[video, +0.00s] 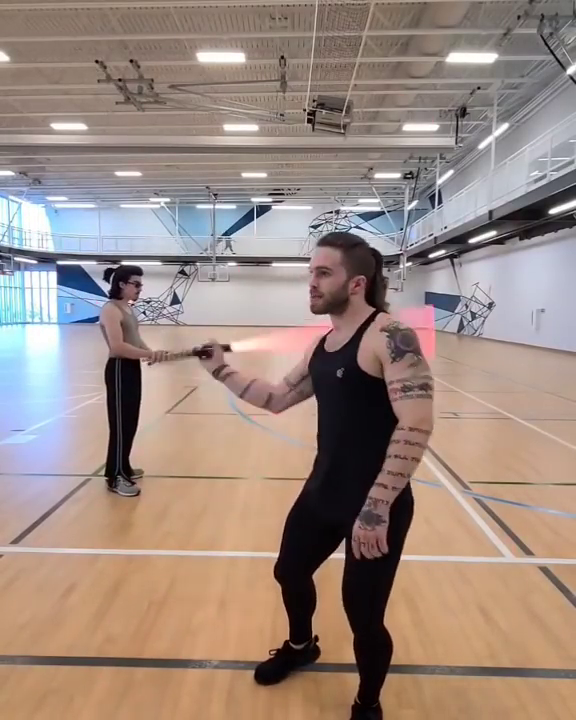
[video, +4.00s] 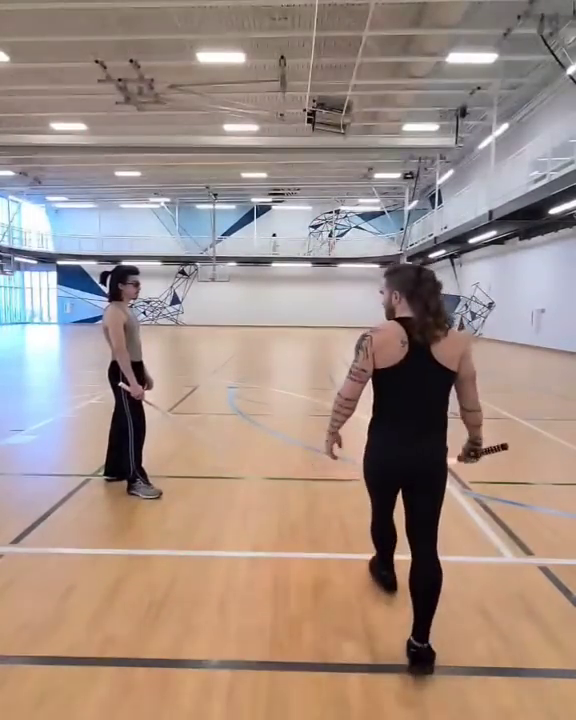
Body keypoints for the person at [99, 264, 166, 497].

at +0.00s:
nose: (139, 289)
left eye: (140, 285)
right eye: (135, 285)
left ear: (130, 287)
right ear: (121, 285)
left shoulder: (128, 309)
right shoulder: (111, 310)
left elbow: (134, 341)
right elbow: (116, 347)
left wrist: (152, 352)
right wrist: (148, 354)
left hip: (131, 366)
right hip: (120, 368)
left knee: (129, 422)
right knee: (121, 423)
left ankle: (123, 468)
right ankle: (114, 477)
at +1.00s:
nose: (141, 290)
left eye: (142, 286)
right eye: (137, 285)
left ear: (133, 288)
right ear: (124, 285)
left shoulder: (127, 310)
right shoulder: (113, 310)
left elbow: (134, 347)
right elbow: (107, 345)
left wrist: (144, 373)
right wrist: (115, 378)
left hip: (132, 367)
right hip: (121, 369)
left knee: (123, 421)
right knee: (130, 422)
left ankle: (115, 470)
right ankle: (131, 475)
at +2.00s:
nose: (144, 289)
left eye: (145, 285)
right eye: (140, 285)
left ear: (133, 287)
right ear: (126, 285)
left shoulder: (131, 309)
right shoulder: (117, 313)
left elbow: (135, 347)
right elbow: (120, 354)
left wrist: (147, 372)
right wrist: (130, 387)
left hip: (134, 370)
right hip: (125, 373)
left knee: (125, 424)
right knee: (136, 426)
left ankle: (116, 469)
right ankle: (133, 479)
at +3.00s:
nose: (137, 288)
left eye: (138, 284)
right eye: (133, 284)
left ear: (130, 287)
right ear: (119, 286)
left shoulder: (125, 310)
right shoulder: (113, 312)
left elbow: (133, 346)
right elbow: (119, 350)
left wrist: (147, 372)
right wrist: (133, 381)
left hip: (132, 369)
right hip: (123, 371)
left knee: (122, 421)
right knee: (136, 424)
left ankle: (114, 468)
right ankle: (136, 480)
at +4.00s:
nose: (137, 289)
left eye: (138, 285)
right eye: (133, 285)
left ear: (133, 287)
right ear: (119, 286)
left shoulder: (126, 310)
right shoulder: (114, 313)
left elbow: (133, 347)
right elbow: (119, 351)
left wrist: (144, 373)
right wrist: (132, 381)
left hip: (131, 369)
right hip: (123, 372)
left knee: (122, 421)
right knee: (136, 424)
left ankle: (114, 468)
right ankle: (135, 479)